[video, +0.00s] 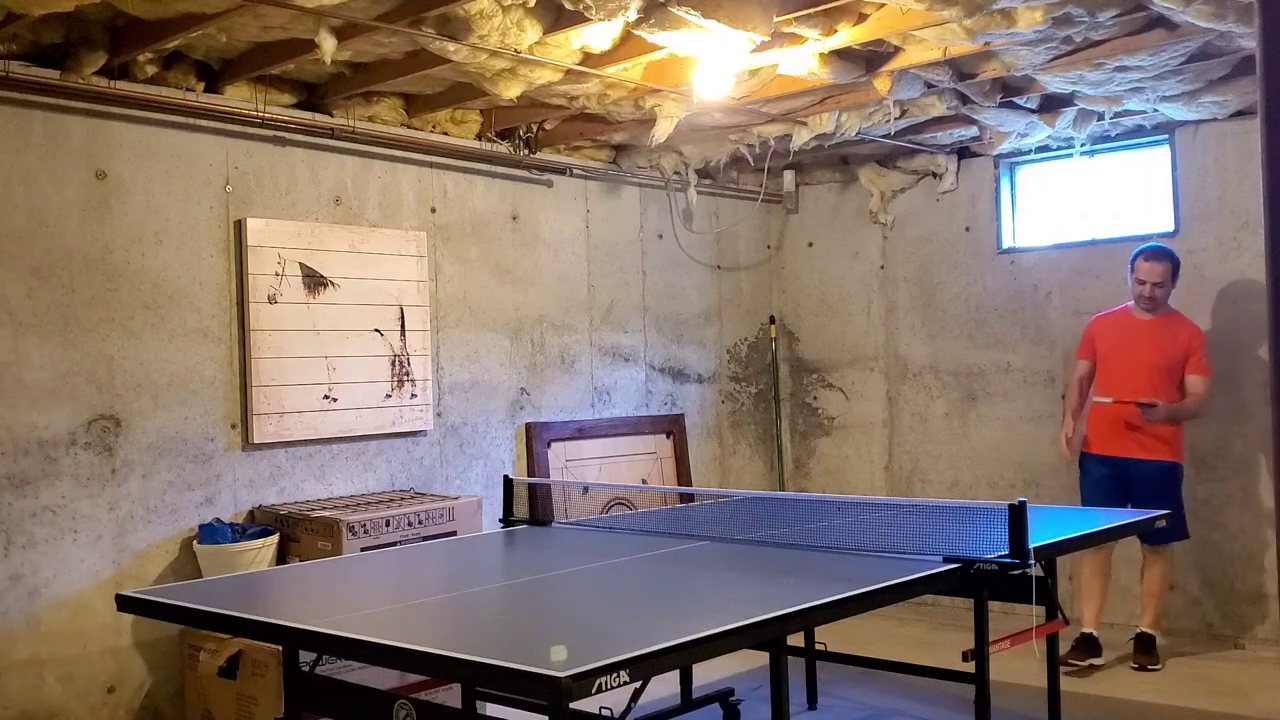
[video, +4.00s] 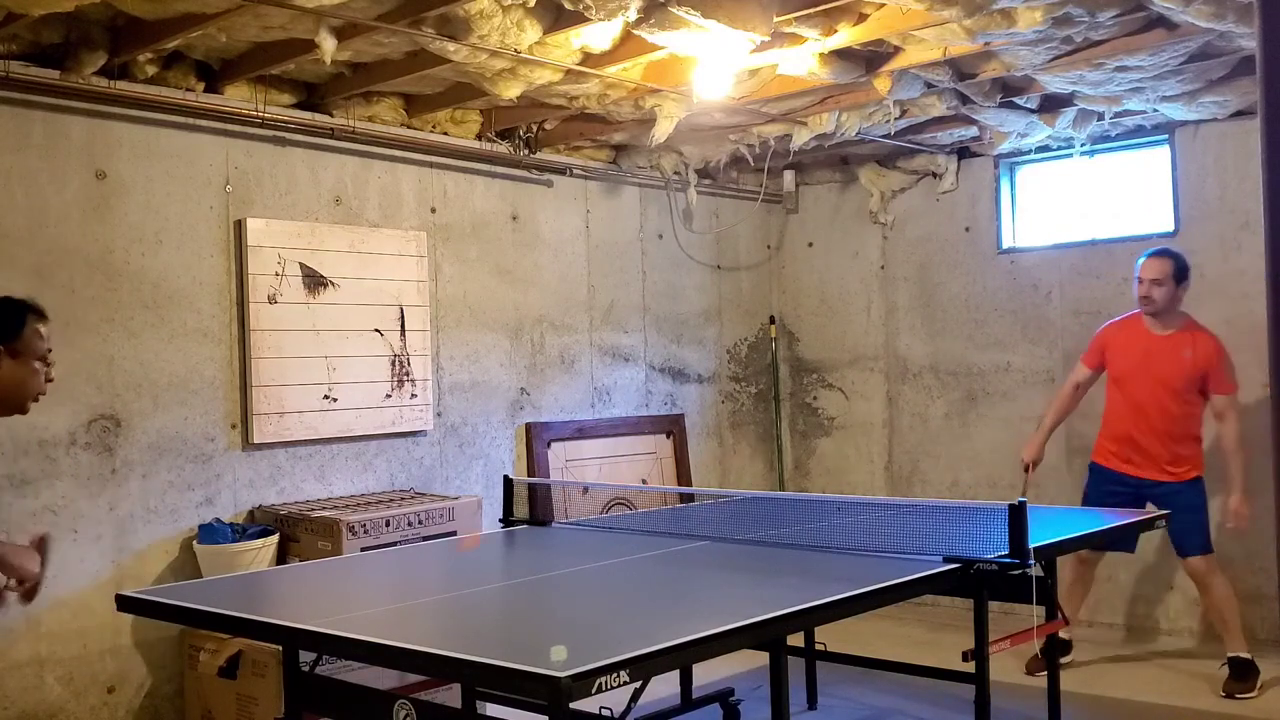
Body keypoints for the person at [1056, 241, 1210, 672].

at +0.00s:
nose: (1147, 291)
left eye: (1158, 284)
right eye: (1141, 281)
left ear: (1173, 285)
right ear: (1129, 277)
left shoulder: (1188, 333)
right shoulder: (1100, 325)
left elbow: (1196, 399)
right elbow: (1080, 380)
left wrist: (1166, 412)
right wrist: (1069, 423)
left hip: (1156, 459)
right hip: (1101, 454)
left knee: (1155, 545)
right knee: (1093, 541)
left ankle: (1146, 635)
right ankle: (1089, 636)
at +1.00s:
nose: (1188, 284)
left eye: (1196, 275)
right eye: (1179, 275)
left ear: (1205, 273)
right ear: (1159, 272)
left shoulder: (1221, 324)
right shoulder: (1131, 326)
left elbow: (1239, 389)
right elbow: (1103, 391)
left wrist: (1249, 442)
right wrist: (1151, 412)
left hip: (1216, 465)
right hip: (1153, 468)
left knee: (1235, 557)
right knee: (1153, 561)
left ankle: (1244, 644)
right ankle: (1163, 654)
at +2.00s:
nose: (1210, 268)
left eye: (1220, 260)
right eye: (1205, 260)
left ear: (1246, 266)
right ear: (1199, 265)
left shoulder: (1266, 319)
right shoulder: (1184, 319)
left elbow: (1277, 401)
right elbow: (1164, 385)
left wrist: (1247, 438)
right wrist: (1139, 441)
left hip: (1249, 462)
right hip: (1183, 459)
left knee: (1264, 559)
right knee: (1161, 546)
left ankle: (1270, 654)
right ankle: (1155, 641)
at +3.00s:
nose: (1198, 305)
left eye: (1210, 298)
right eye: (1190, 294)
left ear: (1225, 294)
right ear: (1177, 284)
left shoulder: (1238, 339)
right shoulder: (1148, 325)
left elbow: (1241, 412)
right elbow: (1105, 379)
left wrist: (1202, 437)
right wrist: (1110, 424)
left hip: (1213, 464)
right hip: (1152, 462)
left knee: (1221, 552)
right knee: (1147, 550)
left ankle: (1241, 657)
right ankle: (1144, 645)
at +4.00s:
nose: (1145, 291)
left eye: (1156, 284)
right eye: (1140, 282)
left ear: (1181, 289)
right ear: (1134, 284)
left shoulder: (1205, 346)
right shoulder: (1113, 334)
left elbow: (1226, 417)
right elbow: (1075, 385)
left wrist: (1236, 489)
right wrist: (1039, 437)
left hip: (1177, 477)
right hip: (1112, 470)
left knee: (1200, 563)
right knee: (1083, 555)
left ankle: (1240, 659)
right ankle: (1056, 641)